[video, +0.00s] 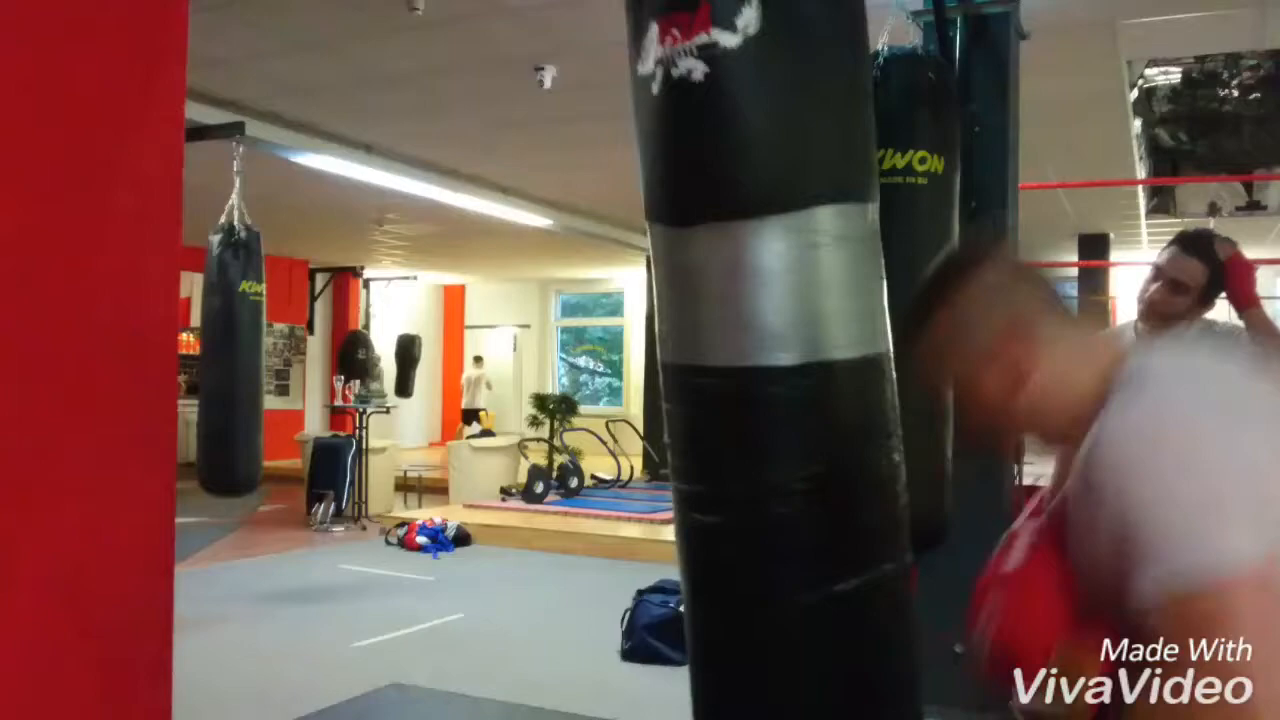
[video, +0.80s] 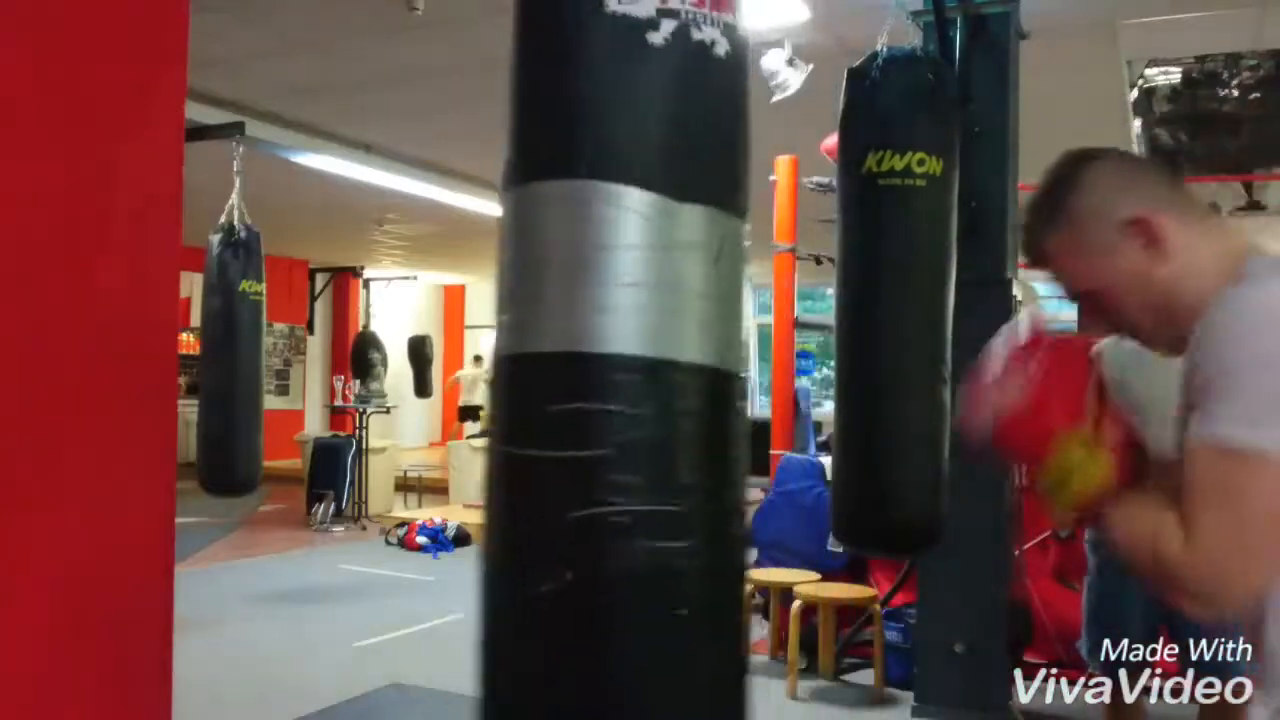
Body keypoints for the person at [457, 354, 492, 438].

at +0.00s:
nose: (482, 365)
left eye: (481, 363)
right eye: (482, 363)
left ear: (473, 363)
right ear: (481, 363)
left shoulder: (466, 373)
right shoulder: (482, 373)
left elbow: (462, 386)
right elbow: (489, 387)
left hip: (466, 404)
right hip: (478, 404)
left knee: (462, 424)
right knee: (485, 425)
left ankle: (456, 441)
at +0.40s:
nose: (476, 364)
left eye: (476, 362)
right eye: (476, 362)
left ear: (468, 362)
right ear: (476, 362)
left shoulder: (459, 373)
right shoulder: (477, 374)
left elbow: (458, 385)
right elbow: (482, 388)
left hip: (460, 403)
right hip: (473, 404)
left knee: (458, 425)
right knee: (480, 424)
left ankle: (453, 442)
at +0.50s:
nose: (472, 363)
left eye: (470, 361)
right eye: (472, 361)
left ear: (464, 361)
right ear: (473, 361)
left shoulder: (458, 371)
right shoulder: (477, 372)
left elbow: (456, 381)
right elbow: (483, 385)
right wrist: (475, 380)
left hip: (459, 402)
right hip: (473, 402)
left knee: (456, 424)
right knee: (480, 424)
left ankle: (452, 442)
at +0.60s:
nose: (470, 365)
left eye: (468, 363)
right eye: (471, 363)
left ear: (464, 363)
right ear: (473, 363)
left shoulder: (459, 373)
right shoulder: (477, 374)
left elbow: (456, 385)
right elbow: (480, 383)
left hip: (459, 403)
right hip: (473, 403)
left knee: (455, 425)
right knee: (479, 425)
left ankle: (452, 443)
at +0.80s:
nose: (481, 365)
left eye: (481, 363)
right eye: (481, 363)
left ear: (473, 362)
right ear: (480, 362)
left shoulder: (463, 372)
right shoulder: (482, 373)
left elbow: (450, 381)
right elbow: (490, 383)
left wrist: (447, 388)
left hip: (463, 402)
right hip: (477, 403)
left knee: (458, 424)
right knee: (483, 423)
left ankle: (451, 441)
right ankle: (483, 441)